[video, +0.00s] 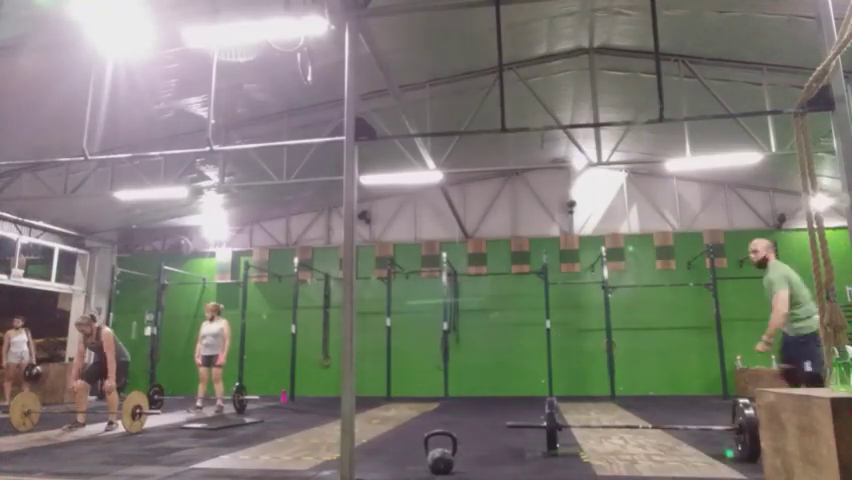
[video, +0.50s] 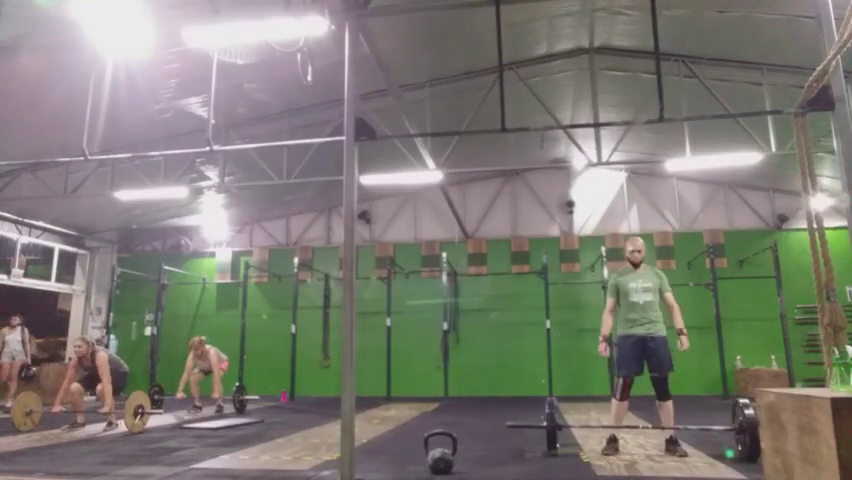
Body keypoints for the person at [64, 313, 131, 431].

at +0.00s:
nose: (82, 332)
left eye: (83, 329)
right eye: (80, 330)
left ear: (91, 325)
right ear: (80, 329)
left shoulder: (105, 333)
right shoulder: (84, 336)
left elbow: (111, 357)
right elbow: (80, 357)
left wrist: (111, 379)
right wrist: (74, 379)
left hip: (119, 360)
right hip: (102, 361)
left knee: (109, 387)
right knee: (81, 385)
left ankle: (112, 421)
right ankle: (80, 420)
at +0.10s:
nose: (83, 343)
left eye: (84, 340)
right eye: (81, 341)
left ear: (91, 334)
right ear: (79, 338)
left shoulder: (104, 338)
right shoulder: (83, 343)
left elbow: (107, 364)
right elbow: (76, 367)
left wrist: (108, 389)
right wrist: (67, 391)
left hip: (120, 363)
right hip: (102, 364)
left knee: (111, 385)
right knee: (81, 385)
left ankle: (112, 420)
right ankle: (80, 420)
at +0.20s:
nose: (80, 355)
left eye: (82, 351)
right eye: (78, 353)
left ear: (89, 345)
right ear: (77, 350)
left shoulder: (102, 349)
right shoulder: (81, 353)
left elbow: (106, 376)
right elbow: (72, 377)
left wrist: (107, 400)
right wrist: (60, 400)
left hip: (121, 365)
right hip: (102, 366)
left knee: (110, 385)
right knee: (81, 385)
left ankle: (112, 421)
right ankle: (80, 421)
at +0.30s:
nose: (80, 362)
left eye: (82, 359)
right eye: (78, 360)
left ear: (89, 354)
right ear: (75, 358)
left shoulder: (102, 356)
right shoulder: (78, 359)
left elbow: (109, 381)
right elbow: (66, 380)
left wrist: (107, 404)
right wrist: (56, 403)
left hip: (121, 367)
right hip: (102, 368)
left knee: (107, 388)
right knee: (79, 386)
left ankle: (112, 421)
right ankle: (80, 420)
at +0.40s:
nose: (77, 354)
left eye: (79, 350)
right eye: (75, 351)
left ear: (87, 350)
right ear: (73, 352)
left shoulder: (101, 355)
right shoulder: (77, 358)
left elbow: (106, 381)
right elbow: (67, 380)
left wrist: (105, 405)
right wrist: (56, 404)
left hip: (120, 370)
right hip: (101, 371)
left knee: (104, 388)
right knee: (77, 387)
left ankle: (112, 421)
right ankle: (80, 421)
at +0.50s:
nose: (77, 350)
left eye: (80, 347)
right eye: (75, 347)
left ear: (88, 347)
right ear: (73, 348)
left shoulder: (100, 356)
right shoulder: (76, 360)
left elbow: (107, 381)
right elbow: (67, 381)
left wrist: (107, 405)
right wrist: (58, 403)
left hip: (118, 374)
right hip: (98, 375)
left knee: (101, 389)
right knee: (75, 389)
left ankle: (112, 420)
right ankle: (80, 420)